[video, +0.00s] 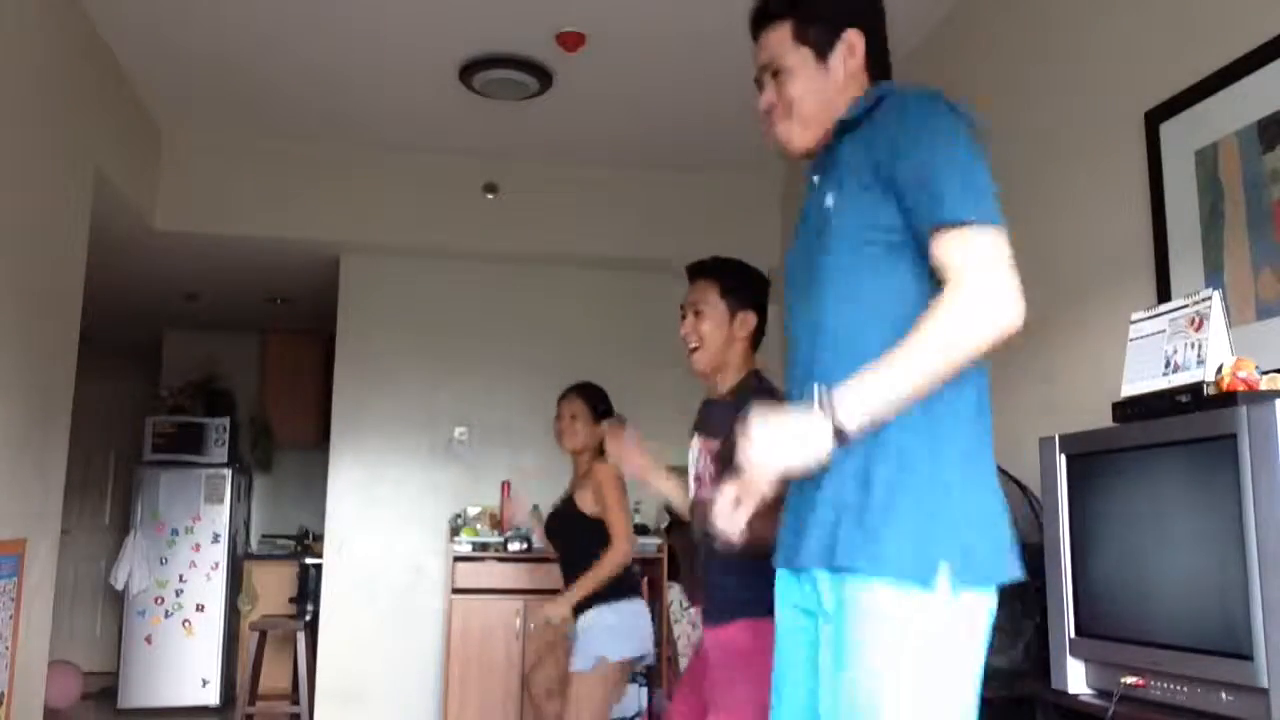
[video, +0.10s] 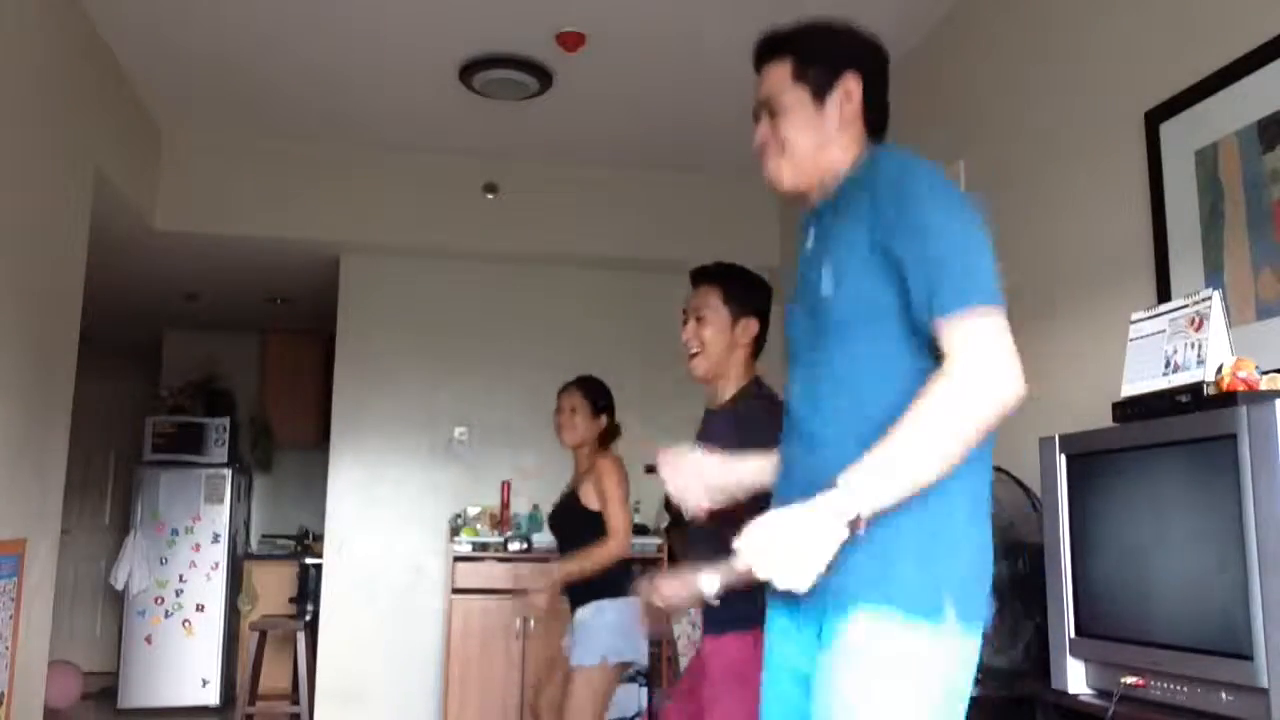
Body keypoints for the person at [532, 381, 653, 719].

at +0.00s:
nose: (564, 427)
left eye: (575, 418)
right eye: (560, 418)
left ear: (601, 427)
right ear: (555, 424)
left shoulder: (604, 473)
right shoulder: (580, 479)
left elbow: (622, 549)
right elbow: (590, 547)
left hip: (612, 614)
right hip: (594, 613)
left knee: (583, 712)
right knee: (540, 687)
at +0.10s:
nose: (563, 420)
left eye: (575, 411)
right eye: (560, 411)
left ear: (601, 422)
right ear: (555, 417)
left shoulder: (606, 466)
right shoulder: (583, 472)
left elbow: (620, 543)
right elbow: (592, 542)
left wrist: (559, 574)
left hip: (608, 612)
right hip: (586, 611)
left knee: (579, 712)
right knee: (546, 704)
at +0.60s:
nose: (571, 410)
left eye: (580, 400)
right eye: (568, 401)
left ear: (609, 405)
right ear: (564, 405)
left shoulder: (620, 456)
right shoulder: (590, 456)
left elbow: (620, 538)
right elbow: (585, 524)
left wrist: (558, 534)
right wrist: (540, 528)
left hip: (614, 596)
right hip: (587, 593)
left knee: (584, 712)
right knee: (561, 707)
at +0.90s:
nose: (576, 416)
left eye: (587, 407)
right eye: (573, 406)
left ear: (615, 417)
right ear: (568, 412)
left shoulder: (613, 464)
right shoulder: (592, 466)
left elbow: (631, 541)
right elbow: (581, 533)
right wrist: (542, 506)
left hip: (622, 604)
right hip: (604, 602)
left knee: (585, 711)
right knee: (555, 690)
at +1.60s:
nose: (580, 390)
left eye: (590, 381)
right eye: (577, 381)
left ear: (617, 387)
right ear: (573, 385)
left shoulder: (624, 428)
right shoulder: (598, 435)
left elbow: (627, 507)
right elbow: (599, 503)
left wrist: (562, 507)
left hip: (625, 580)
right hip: (592, 577)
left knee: (605, 701)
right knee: (579, 684)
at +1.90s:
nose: (584, 398)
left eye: (595, 391)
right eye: (581, 390)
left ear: (620, 399)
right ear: (576, 396)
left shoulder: (627, 444)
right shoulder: (597, 449)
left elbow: (627, 524)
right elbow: (601, 522)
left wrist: (565, 517)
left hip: (625, 587)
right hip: (600, 586)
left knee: (603, 709)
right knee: (587, 705)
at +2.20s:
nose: (585, 422)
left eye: (593, 412)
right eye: (582, 412)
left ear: (615, 415)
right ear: (582, 419)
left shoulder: (632, 465)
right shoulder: (605, 474)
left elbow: (647, 539)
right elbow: (592, 538)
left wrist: (588, 570)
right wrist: (555, 501)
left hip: (638, 607)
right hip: (611, 605)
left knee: (605, 710)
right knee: (565, 691)